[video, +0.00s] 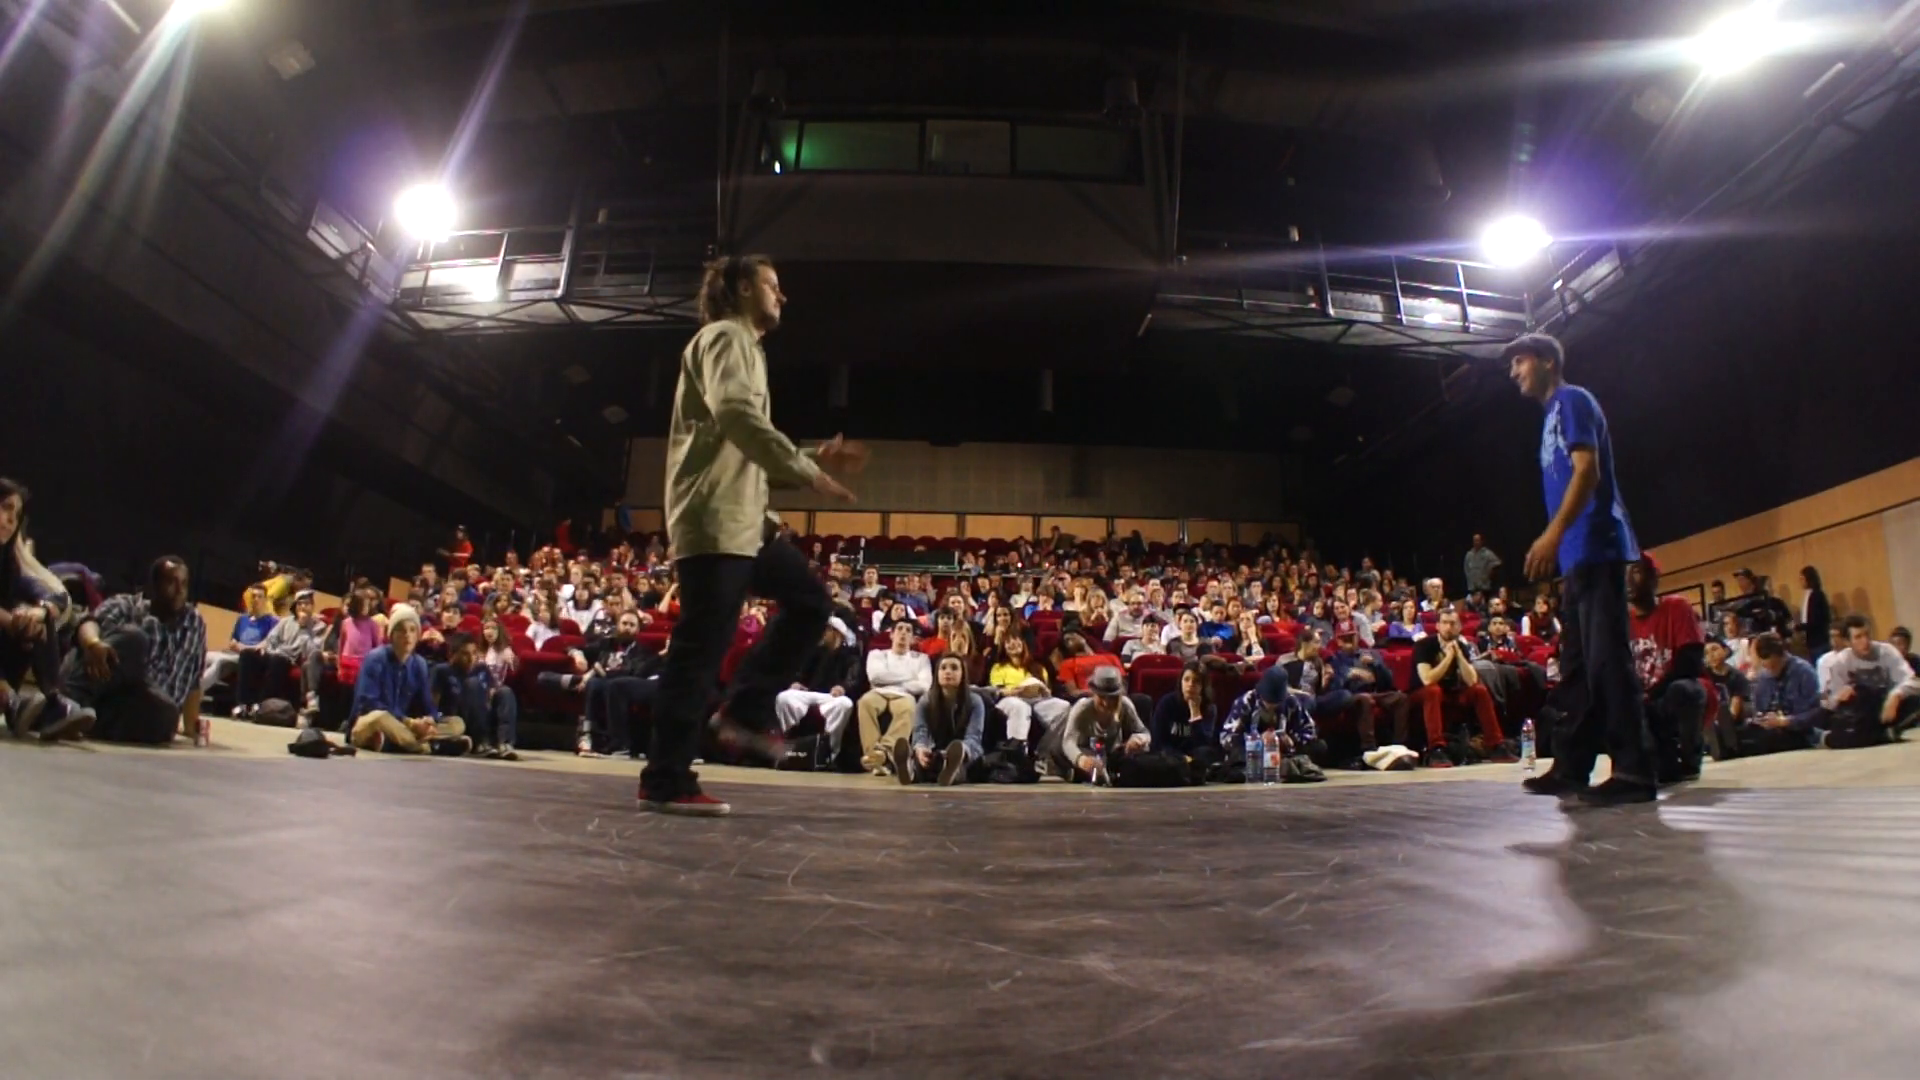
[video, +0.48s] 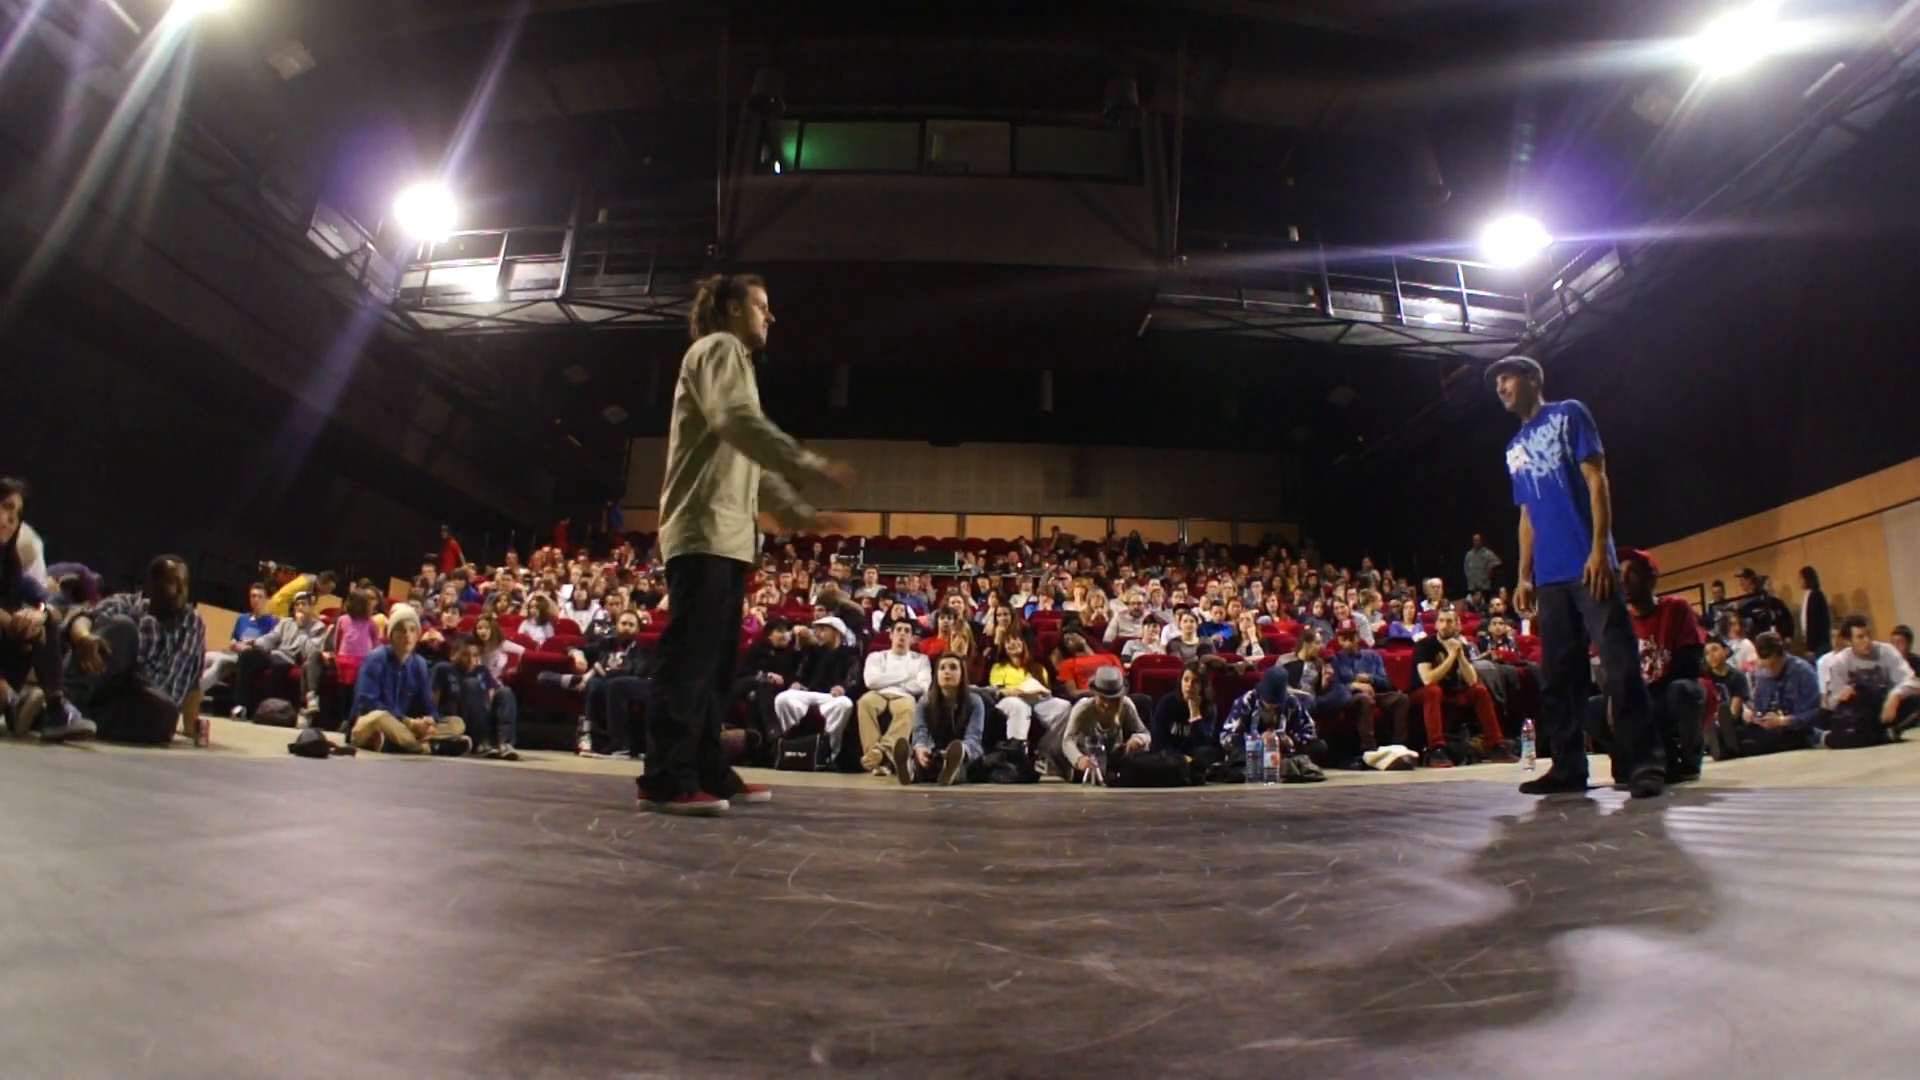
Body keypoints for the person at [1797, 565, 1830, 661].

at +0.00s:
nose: (1801, 582)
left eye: (1802, 578)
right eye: (1801, 579)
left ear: (1809, 579)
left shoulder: (1817, 596)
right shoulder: (1807, 595)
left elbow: (1817, 622)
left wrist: (1801, 627)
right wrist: (1799, 625)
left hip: (1819, 641)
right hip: (1811, 641)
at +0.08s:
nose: (1801, 582)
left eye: (1802, 578)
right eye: (1801, 579)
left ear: (1809, 579)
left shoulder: (1816, 596)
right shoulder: (1807, 595)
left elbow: (1817, 619)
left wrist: (1806, 633)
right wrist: (1804, 630)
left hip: (1818, 641)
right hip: (1811, 640)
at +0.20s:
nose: (1800, 581)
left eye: (1802, 578)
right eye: (1800, 578)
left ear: (1808, 578)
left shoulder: (1817, 596)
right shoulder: (1807, 595)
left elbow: (1818, 619)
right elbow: (1808, 616)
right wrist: (1804, 635)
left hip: (1818, 642)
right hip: (1811, 641)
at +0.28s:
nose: (1800, 581)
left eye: (1802, 578)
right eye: (1800, 578)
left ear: (1808, 579)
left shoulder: (1816, 596)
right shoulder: (1807, 595)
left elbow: (1816, 621)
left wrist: (1812, 645)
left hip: (1818, 643)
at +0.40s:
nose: (1800, 581)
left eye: (1801, 578)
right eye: (1800, 578)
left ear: (1808, 579)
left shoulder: (1816, 596)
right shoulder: (1807, 595)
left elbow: (1817, 622)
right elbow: (1808, 618)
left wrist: (1812, 645)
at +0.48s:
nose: (1799, 581)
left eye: (1801, 578)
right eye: (1800, 578)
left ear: (1807, 579)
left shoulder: (1815, 596)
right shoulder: (1807, 595)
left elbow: (1815, 622)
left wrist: (1811, 646)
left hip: (1817, 645)